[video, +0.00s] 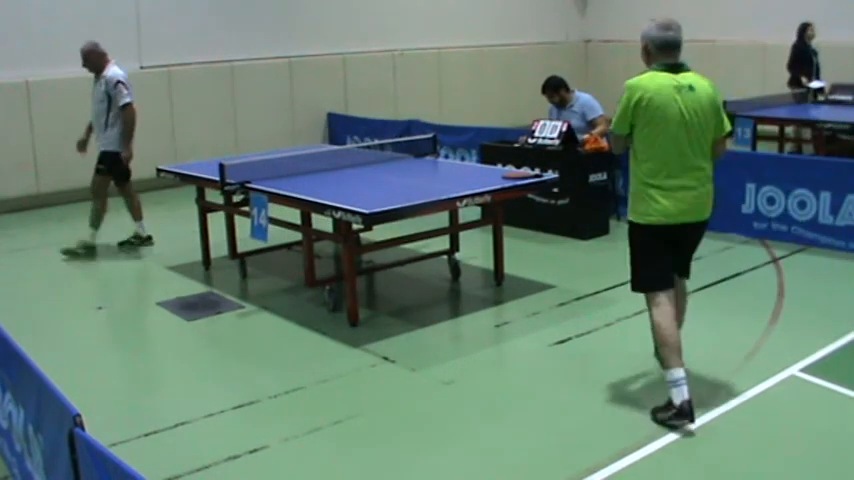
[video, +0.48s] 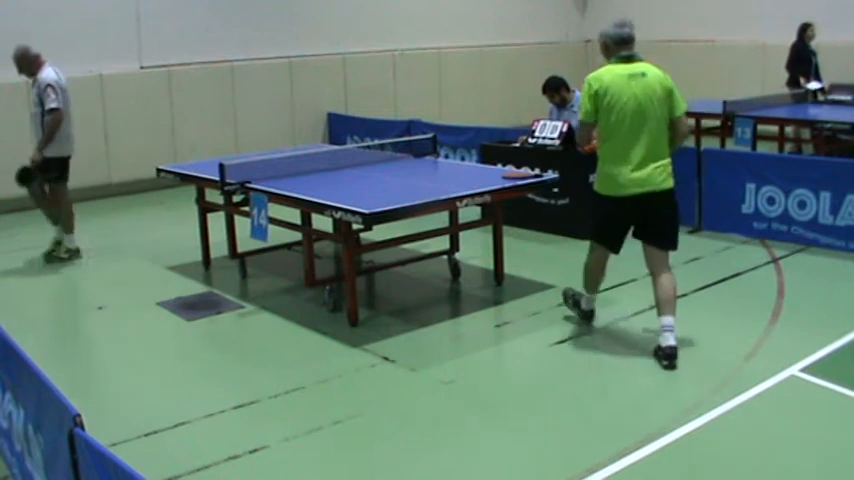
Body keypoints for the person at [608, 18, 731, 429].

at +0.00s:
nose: (643, 55)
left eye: (643, 50)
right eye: (648, 49)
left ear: (646, 52)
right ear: (680, 50)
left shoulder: (637, 88)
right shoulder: (704, 88)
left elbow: (618, 143)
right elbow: (721, 145)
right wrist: (693, 157)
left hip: (653, 211)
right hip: (697, 208)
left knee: (659, 300)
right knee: (679, 278)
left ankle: (681, 402)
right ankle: (669, 347)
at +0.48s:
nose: (601, 52)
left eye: (601, 48)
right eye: (604, 47)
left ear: (605, 48)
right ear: (634, 45)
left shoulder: (597, 81)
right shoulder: (660, 77)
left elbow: (583, 137)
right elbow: (681, 130)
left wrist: (589, 140)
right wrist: (657, 151)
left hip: (614, 189)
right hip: (658, 188)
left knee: (600, 251)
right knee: (661, 265)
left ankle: (587, 305)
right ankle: (668, 343)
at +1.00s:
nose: (545, 62)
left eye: (545, 58)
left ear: (549, 58)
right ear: (574, 53)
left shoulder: (545, 86)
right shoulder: (600, 71)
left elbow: (545, 136)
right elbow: (623, 112)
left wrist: (538, 166)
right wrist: (628, 154)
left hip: (572, 170)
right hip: (612, 163)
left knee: (569, 233)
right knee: (627, 231)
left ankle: (575, 300)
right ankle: (640, 298)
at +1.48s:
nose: (548, 53)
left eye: (548, 49)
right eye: (549, 49)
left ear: (554, 48)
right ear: (580, 43)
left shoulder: (550, 78)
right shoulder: (607, 68)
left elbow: (544, 129)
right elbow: (629, 114)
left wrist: (540, 148)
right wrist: (619, 137)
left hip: (574, 171)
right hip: (614, 167)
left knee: (571, 237)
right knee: (618, 238)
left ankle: (576, 301)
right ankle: (632, 305)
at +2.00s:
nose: (581, 38)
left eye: (583, 33)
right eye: (582, 32)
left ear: (591, 38)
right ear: (616, 37)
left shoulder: (589, 74)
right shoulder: (641, 73)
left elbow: (577, 130)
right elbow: (646, 114)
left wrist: (562, 117)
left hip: (594, 179)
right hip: (635, 178)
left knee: (580, 244)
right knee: (624, 247)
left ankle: (577, 312)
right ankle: (628, 326)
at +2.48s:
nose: (573, 39)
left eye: (575, 34)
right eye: (574, 33)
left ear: (582, 37)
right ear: (611, 37)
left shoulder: (581, 76)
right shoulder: (633, 75)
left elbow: (568, 137)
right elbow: (633, 123)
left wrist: (559, 115)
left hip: (585, 186)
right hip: (623, 184)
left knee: (587, 265)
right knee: (613, 251)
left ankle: (590, 349)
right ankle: (626, 327)